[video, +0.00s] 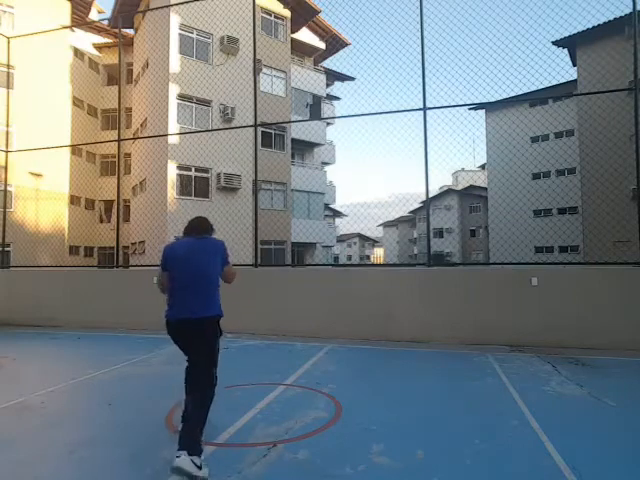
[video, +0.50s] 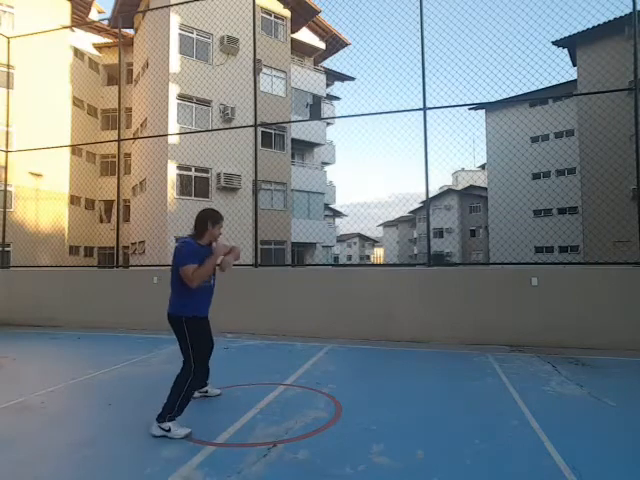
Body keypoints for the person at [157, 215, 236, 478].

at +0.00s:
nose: (210, 235)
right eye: (210, 232)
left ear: (186, 232)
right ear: (210, 232)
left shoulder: (171, 248)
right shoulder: (216, 246)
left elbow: (164, 286)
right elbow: (229, 277)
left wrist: (177, 274)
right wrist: (214, 263)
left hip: (176, 323)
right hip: (206, 322)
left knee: (195, 361)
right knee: (204, 382)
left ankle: (190, 415)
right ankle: (188, 451)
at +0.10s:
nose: (219, 229)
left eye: (218, 225)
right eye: (219, 225)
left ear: (195, 222)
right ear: (215, 224)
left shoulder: (178, 242)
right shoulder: (217, 240)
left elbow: (163, 273)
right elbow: (228, 274)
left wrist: (185, 261)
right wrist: (226, 250)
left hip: (174, 315)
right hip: (196, 316)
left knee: (199, 363)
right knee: (210, 372)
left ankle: (189, 414)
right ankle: (176, 434)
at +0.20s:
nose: (221, 222)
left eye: (221, 218)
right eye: (220, 218)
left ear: (199, 216)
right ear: (213, 218)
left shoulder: (189, 235)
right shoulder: (202, 235)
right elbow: (220, 269)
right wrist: (226, 242)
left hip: (180, 308)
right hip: (190, 310)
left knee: (207, 360)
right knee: (207, 363)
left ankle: (185, 406)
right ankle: (170, 419)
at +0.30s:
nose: (219, 224)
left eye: (219, 220)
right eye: (218, 220)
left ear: (202, 218)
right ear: (209, 219)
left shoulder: (196, 237)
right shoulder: (194, 240)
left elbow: (216, 246)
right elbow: (210, 272)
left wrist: (232, 234)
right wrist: (222, 244)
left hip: (193, 312)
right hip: (183, 314)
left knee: (208, 344)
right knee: (198, 365)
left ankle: (189, 391)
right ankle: (164, 420)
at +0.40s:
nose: (220, 230)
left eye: (220, 226)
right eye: (218, 225)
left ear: (205, 223)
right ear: (208, 224)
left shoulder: (201, 243)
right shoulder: (188, 245)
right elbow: (203, 278)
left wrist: (225, 247)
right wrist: (218, 249)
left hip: (193, 313)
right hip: (181, 315)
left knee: (204, 347)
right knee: (193, 365)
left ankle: (199, 385)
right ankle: (164, 421)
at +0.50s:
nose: (220, 232)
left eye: (221, 228)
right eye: (219, 228)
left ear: (208, 227)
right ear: (209, 227)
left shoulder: (206, 248)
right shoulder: (186, 248)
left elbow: (221, 268)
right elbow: (192, 280)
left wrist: (229, 257)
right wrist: (215, 256)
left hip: (198, 314)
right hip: (184, 316)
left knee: (205, 348)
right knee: (193, 364)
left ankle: (199, 386)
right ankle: (164, 420)